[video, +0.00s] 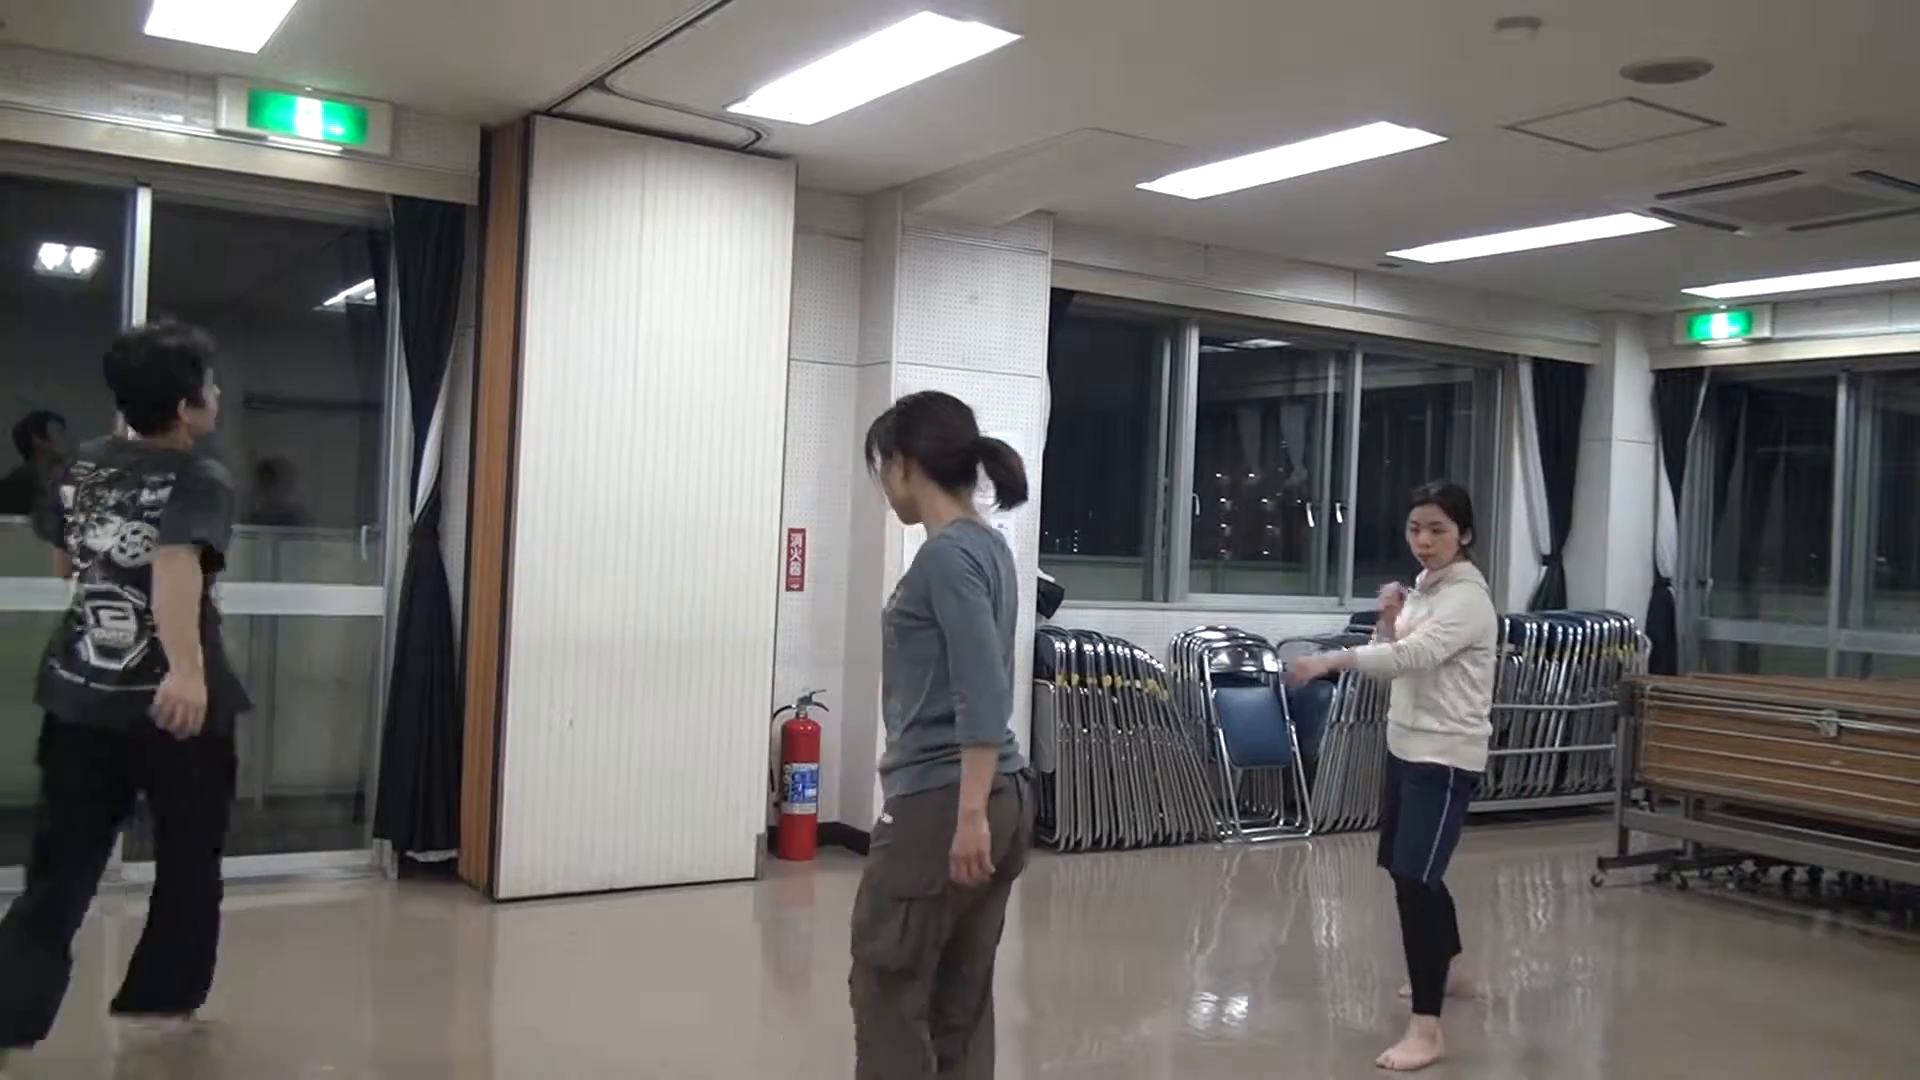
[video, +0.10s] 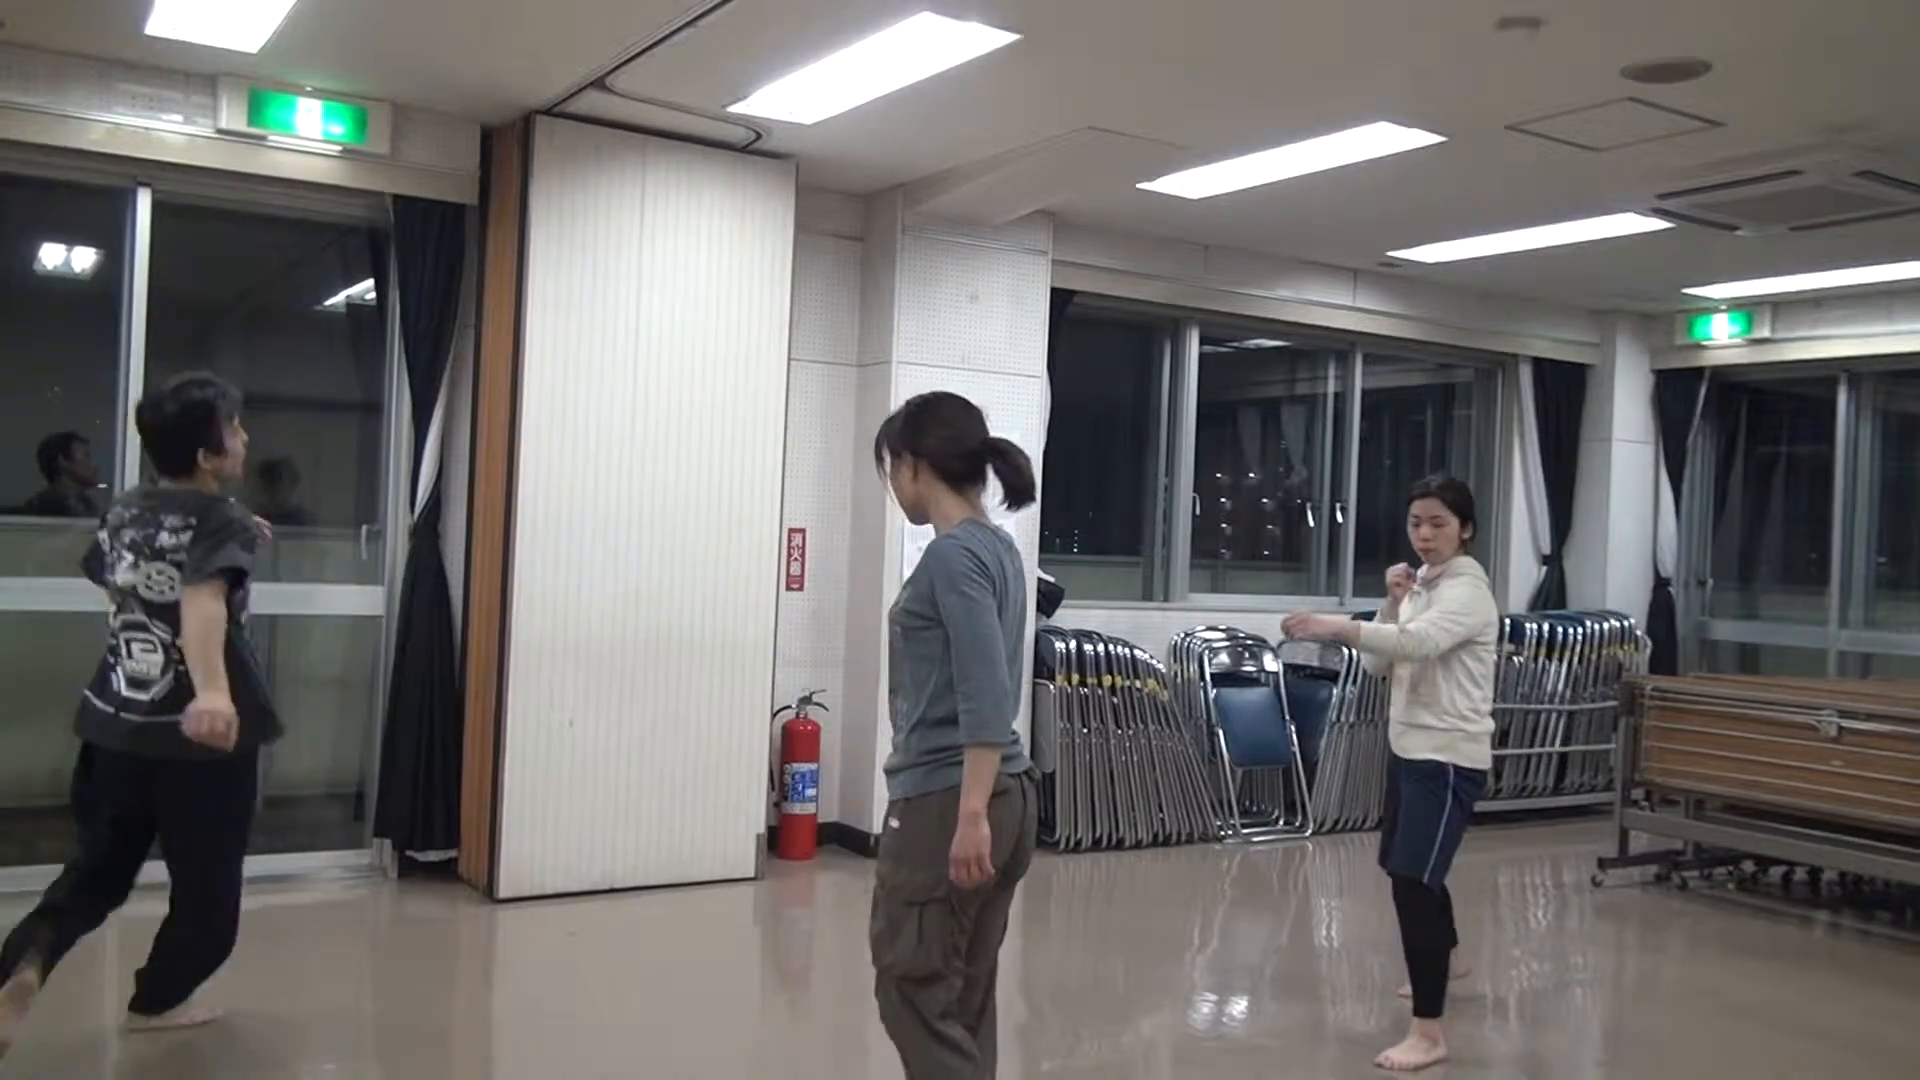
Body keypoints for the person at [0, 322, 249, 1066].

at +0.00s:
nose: (218, 397)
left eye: (212, 385)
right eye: (208, 388)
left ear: (129, 400)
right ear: (183, 404)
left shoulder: (83, 466)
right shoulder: (197, 477)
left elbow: (68, 563)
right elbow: (174, 566)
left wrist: (122, 592)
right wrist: (185, 666)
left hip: (83, 695)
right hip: (176, 700)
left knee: (60, 867)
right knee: (189, 861)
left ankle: (7, 1028)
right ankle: (157, 1009)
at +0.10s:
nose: (244, 438)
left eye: (238, 425)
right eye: (234, 429)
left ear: (161, 448)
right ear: (209, 449)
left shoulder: (124, 512)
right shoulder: (222, 521)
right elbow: (203, 600)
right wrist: (213, 691)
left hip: (115, 730)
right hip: (201, 738)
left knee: (101, 867)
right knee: (207, 897)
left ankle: (23, 969)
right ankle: (156, 1006)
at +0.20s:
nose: (263, 462)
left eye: (257, 450)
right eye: (252, 454)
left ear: (193, 472)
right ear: (222, 473)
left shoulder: (156, 536)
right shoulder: (230, 549)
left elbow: (176, 608)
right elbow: (232, 646)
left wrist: (255, 591)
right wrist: (278, 741)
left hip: (157, 744)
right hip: (220, 751)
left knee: (154, 870)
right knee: (228, 886)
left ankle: (84, 949)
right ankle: (156, 999)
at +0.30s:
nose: (282, 457)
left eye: (276, 446)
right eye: (271, 450)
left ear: (228, 467)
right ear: (238, 467)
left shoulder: (191, 528)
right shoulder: (245, 538)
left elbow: (198, 614)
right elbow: (237, 639)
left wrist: (274, 603)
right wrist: (297, 695)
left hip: (188, 736)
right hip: (233, 740)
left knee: (222, 865)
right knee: (246, 874)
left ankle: (149, 989)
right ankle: (167, 1000)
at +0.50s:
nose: (320, 462)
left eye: (318, 451)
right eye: (307, 454)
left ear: (275, 465)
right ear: (266, 464)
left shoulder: (279, 527)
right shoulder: (256, 533)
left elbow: (273, 616)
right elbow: (249, 623)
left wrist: (316, 613)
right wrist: (322, 613)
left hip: (283, 719)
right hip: (263, 723)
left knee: (312, 821)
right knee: (277, 848)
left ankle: (299, 925)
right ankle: (169, 980)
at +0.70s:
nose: (337, 453)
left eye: (340, 442)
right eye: (323, 442)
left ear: (339, 446)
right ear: (283, 446)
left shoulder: (328, 513)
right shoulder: (249, 512)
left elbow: (325, 586)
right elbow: (239, 599)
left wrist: (380, 581)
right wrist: (327, 571)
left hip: (321, 698)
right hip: (268, 703)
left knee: (334, 819)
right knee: (290, 827)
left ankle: (290, 931)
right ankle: (230, 957)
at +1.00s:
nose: (322, 457)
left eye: (330, 445)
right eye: (309, 445)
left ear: (338, 448)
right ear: (275, 444)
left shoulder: (352, 516)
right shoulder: (236, 507)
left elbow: (393, 594)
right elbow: (209, 584)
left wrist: (398, 546)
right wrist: (277, 529)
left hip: (337, 698)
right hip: (261, 698)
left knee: (344, 819)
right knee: (267, 821)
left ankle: (324, 933)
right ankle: (264, 950)